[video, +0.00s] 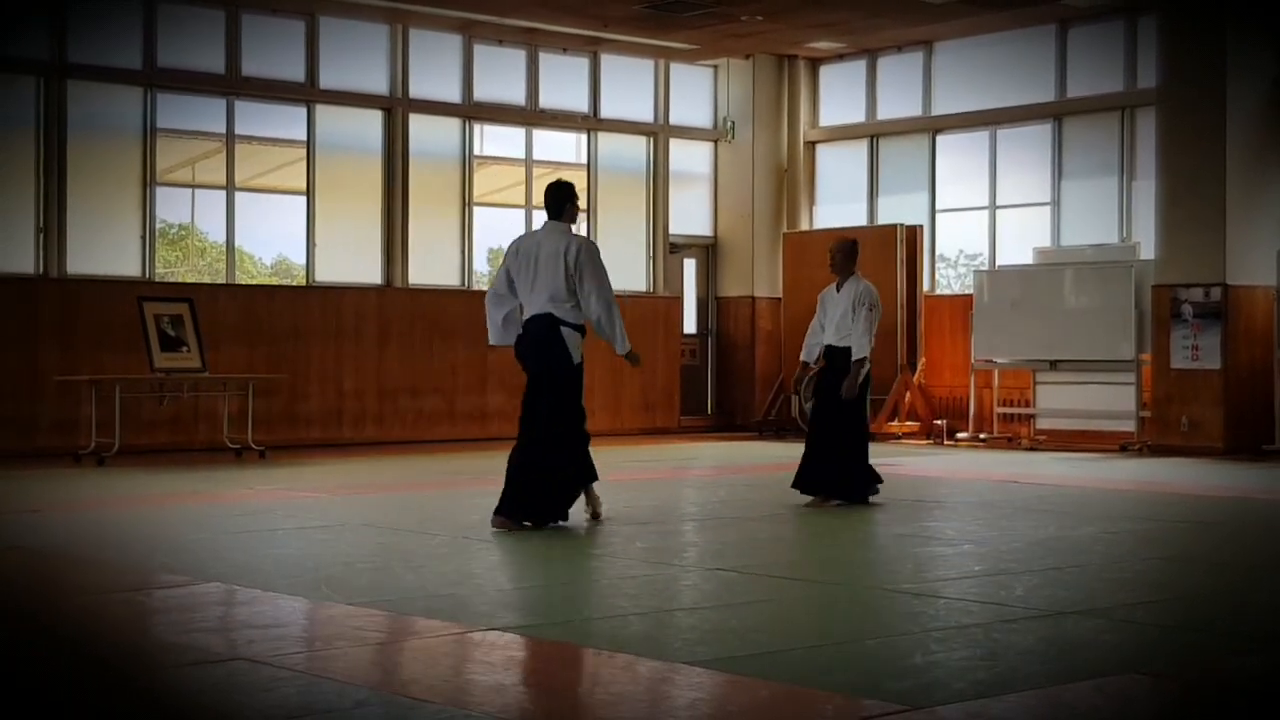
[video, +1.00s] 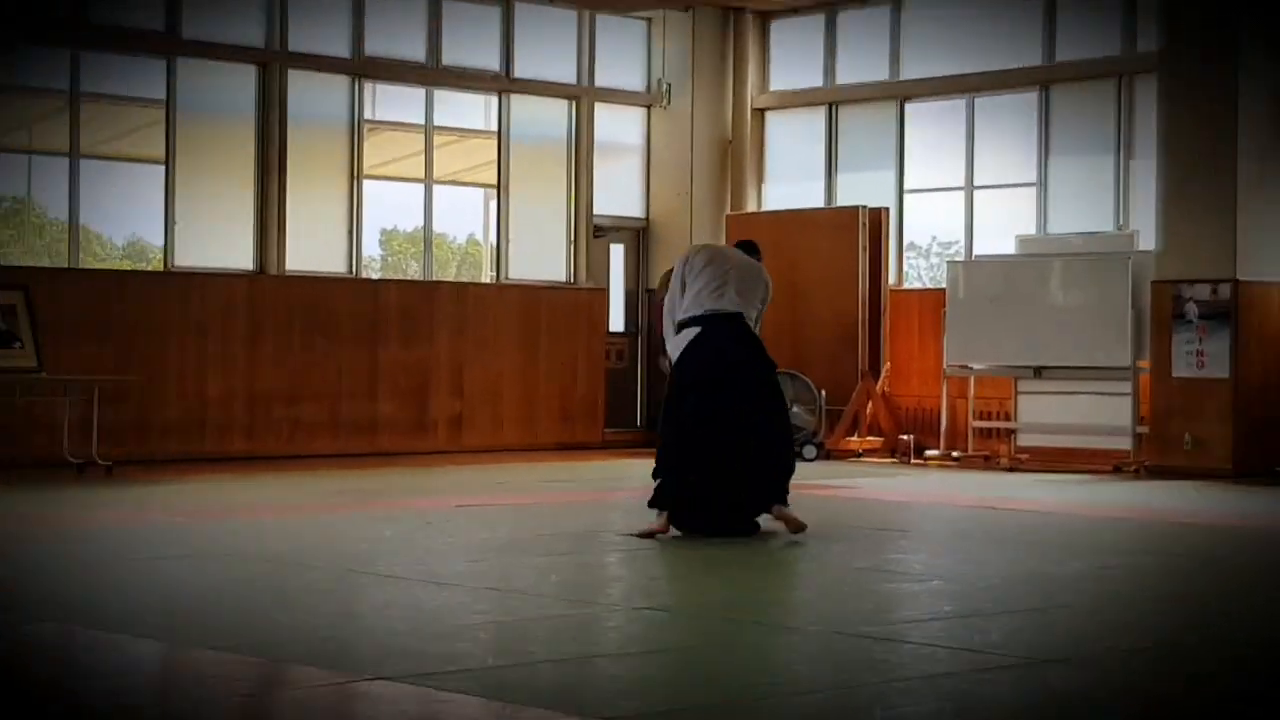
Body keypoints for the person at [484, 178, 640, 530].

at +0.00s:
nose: (579, 209)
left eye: (577, 203)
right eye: (577, 204)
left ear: (547, 208)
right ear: (570, 208)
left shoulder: (520, 245)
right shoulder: (580, 247)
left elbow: (499, 296)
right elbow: (598, 303)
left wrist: (515, 335)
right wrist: (624, 346)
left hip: (528, 340)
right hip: (562, 339)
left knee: (568, 418)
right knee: (538, 423)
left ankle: (588, 486)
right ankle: (509, 511)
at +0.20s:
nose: (614, 214)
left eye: (612, 208)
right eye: (612, 209)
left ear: (583, 213)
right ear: (607, 213)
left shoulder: (558, 249)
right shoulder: (617, 250)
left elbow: (538, 299)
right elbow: (642, 301)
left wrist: (552, 334)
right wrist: (665, 334)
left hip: (567, 341)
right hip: (602, 341)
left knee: (579, 418)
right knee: (606, 420)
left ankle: (595, 501)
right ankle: (548, 477)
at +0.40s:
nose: (652, 226)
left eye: (650, 221)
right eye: (652, 221)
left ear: (621, 223)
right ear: (648, 223)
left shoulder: (594, 258)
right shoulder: (655, 260)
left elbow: (572, 306)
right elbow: (695, 294)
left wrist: (588, 342)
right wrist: (714, 277)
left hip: (603, 351)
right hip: (640, 351)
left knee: (603, 423)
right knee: (678, 416)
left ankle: (593, 499)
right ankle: (657, 486)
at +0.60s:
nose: (698, 242)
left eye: (694, 236)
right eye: (697, 236)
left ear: (666, 237)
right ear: (695, 239)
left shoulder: (639, 267)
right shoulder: (702, 270)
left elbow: (604, 306)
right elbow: (738, 251)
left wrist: (602, 348)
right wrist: (721, 214)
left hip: (638, 362)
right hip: (680, 362)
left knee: (615, 429)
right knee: (719, 423)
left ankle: (589, 491)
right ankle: (753, 491)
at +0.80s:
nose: (706, 247)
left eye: (699, 240)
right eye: (714, 243)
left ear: (691, 243)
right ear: (718, 245)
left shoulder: (667, 270)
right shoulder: (727, 277)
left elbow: (644, 312)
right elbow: (752, 301)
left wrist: (634, 352)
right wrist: (774, 293)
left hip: (674, 353)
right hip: (712, 352)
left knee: (655, 418)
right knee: (728, 420)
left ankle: (659, 481)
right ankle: (729, 494)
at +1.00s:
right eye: (757, 263)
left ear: (732, 249)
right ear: (756, 259)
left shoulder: (695, 254)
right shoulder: (761, 274)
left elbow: (671, 306)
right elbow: (754, 323)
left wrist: (674, 350)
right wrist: (746, 349)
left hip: (697, 343)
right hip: (745, 346)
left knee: (678, 430)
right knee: (773, 425)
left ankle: (664, 513)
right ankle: (777, 501)